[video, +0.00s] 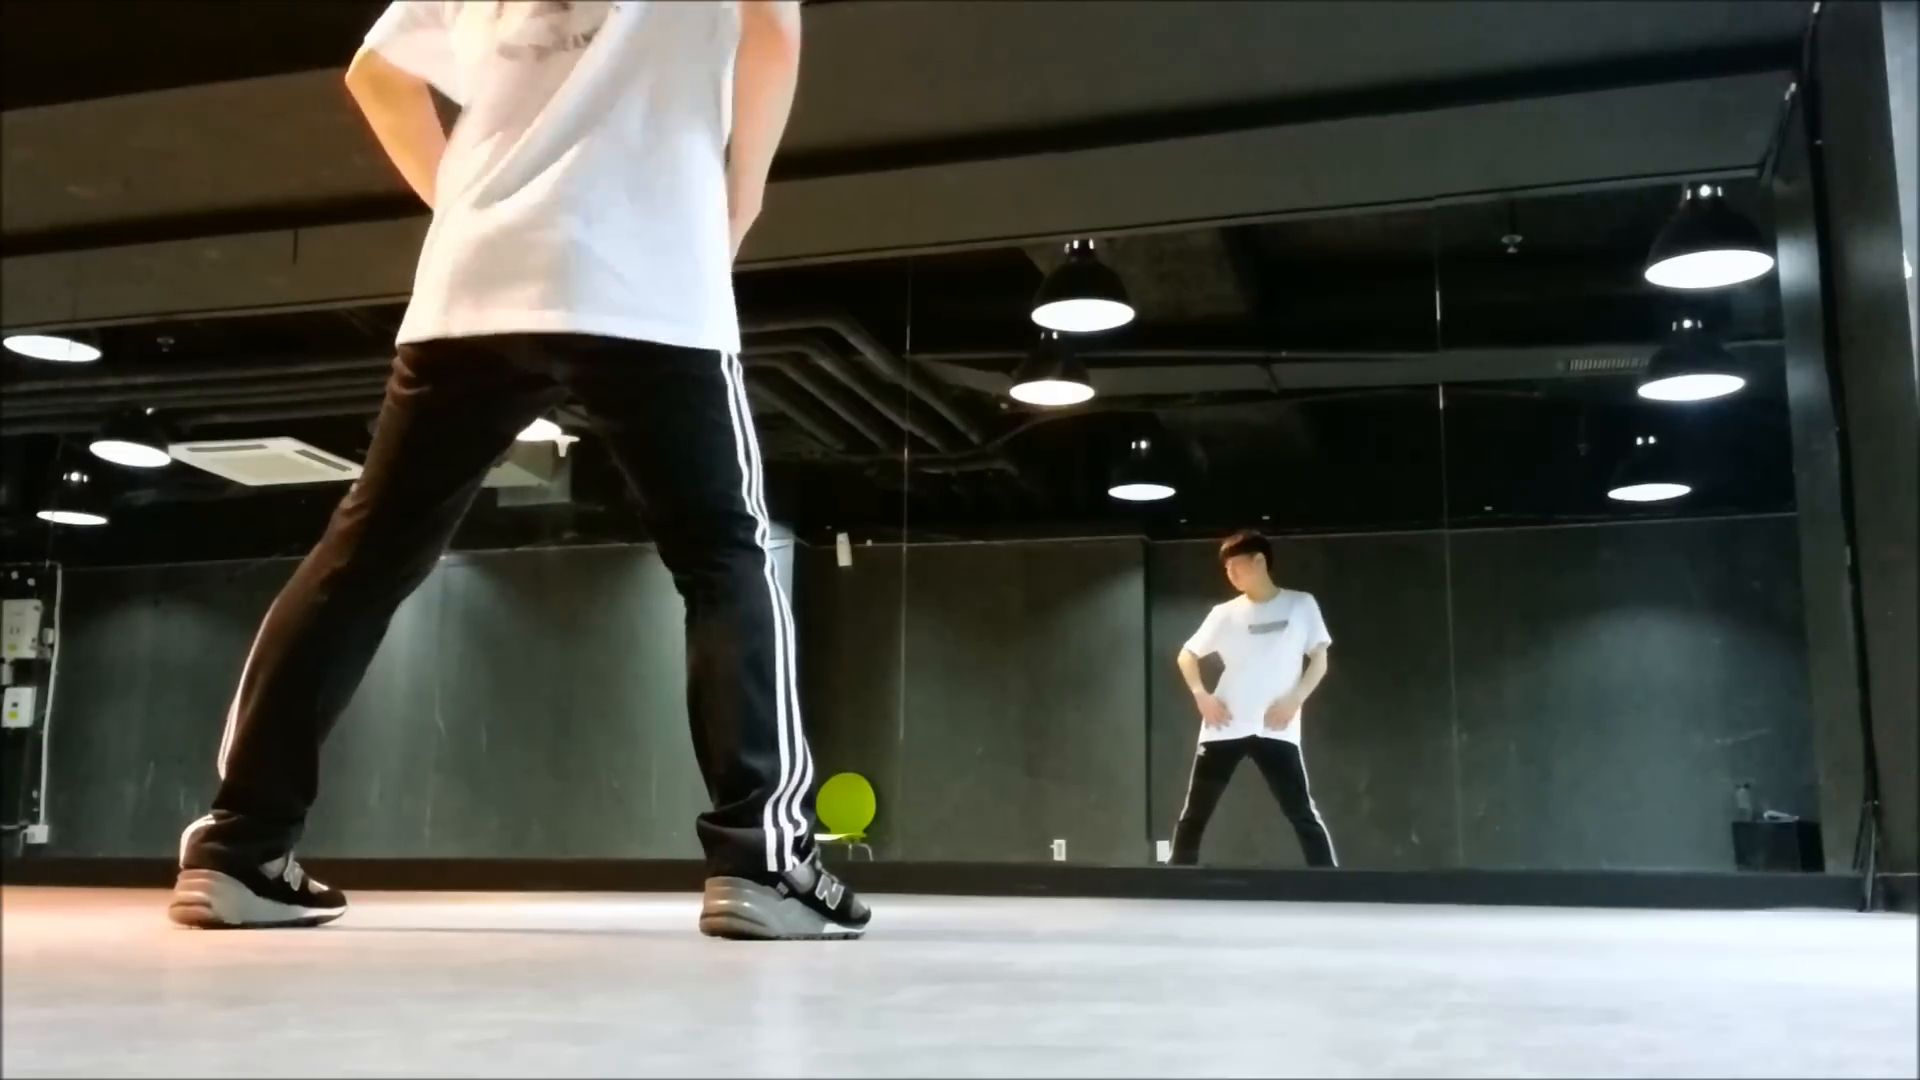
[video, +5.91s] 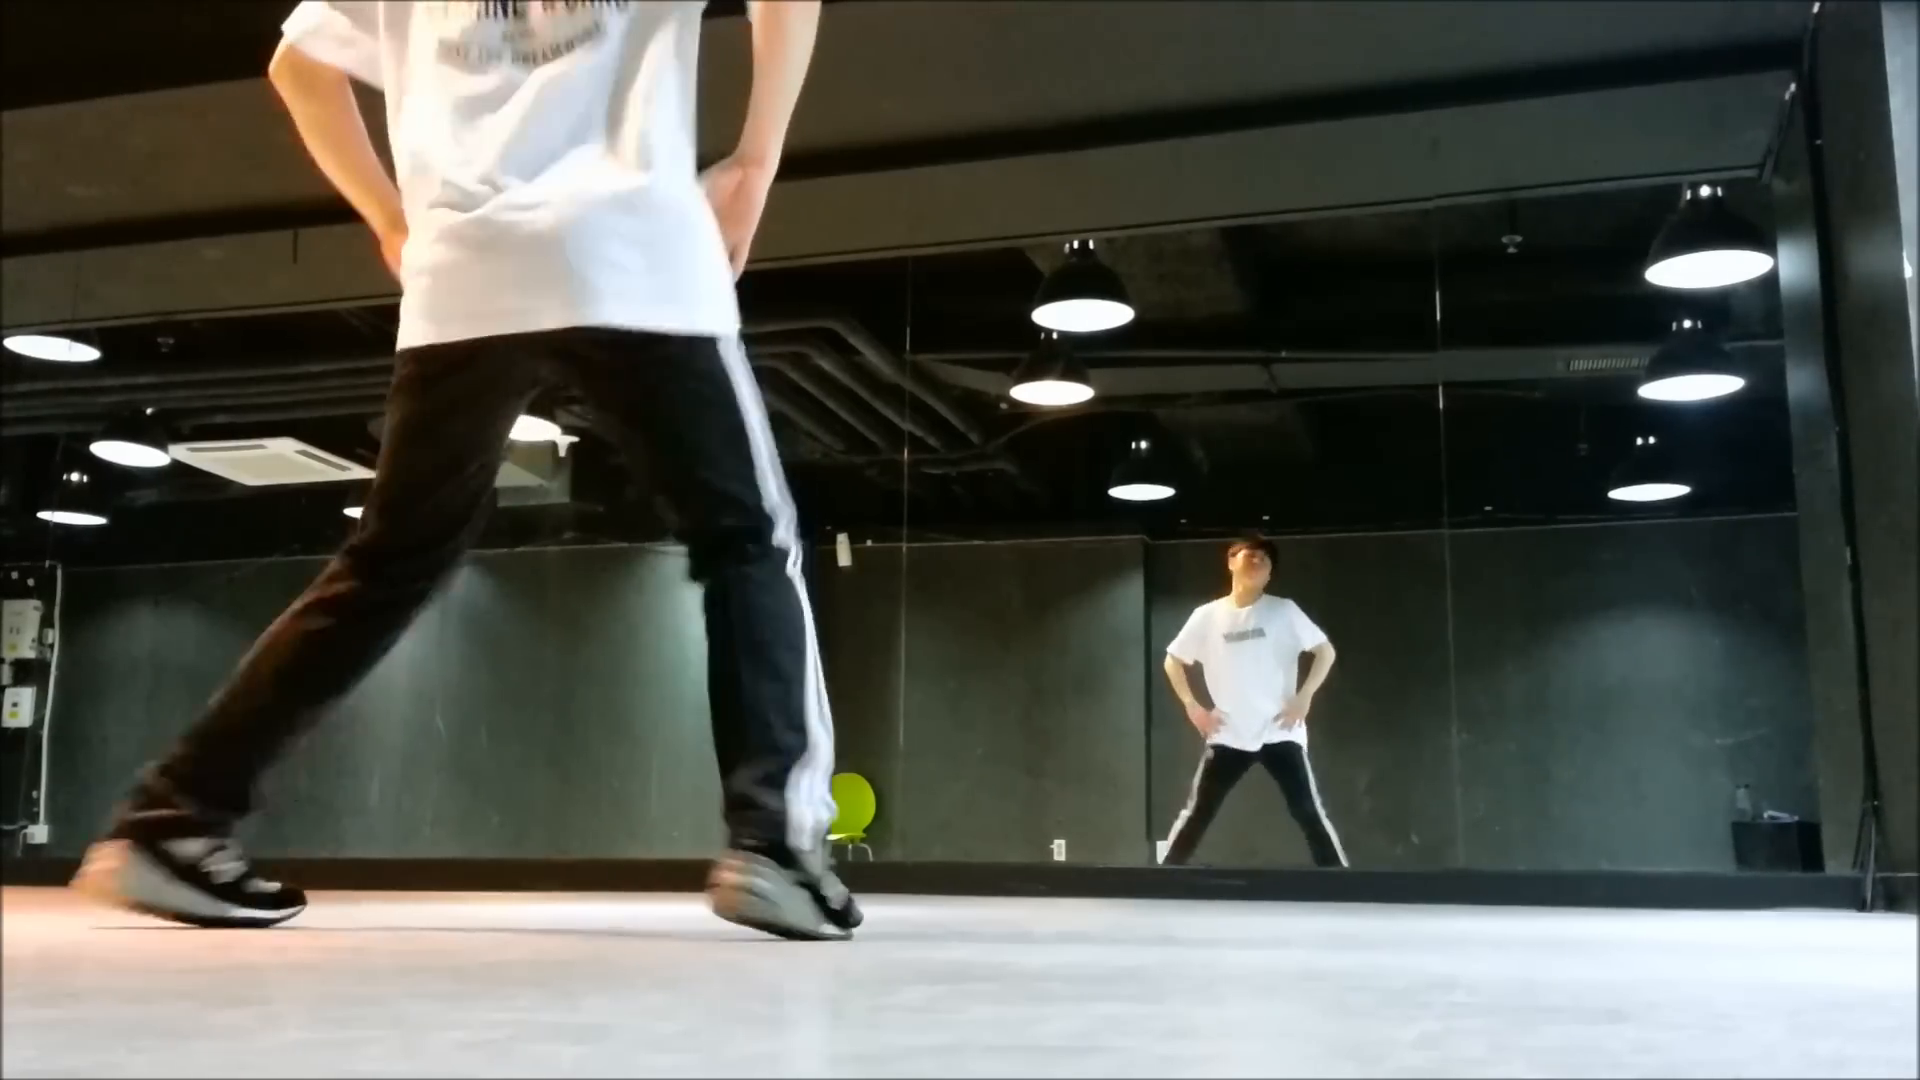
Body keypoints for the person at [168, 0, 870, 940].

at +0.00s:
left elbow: (379, 74)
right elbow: (771, 27)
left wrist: (474, 210)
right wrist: (741, 194)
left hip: (476, 260)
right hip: (646, 263)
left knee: (365, 553)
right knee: (725, 557)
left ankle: (235, 843)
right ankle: (762, 856)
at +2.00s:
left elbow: (368, 92)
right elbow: (772, 25)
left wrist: (472, 210)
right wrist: (773, 183)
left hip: (505, 264)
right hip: (679, 254)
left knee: (397, 558)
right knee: (739, 545)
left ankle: (243, 844)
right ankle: (763, 851)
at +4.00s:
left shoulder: (462, 11)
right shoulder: (695, 4)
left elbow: (368, 121)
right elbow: (801, 48)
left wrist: (460, 261)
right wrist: (774, 238)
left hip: (486, 308)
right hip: (647, 305)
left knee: (436, 618)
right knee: (717, 605)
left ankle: (197, 836)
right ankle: (815, 855)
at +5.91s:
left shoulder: (401, 3)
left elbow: (301, 63)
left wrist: (391, 220)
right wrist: (754, 164)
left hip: (458, 258)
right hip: (635, 243)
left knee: (385, 566)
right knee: (748, 544)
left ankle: (168, 824)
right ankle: (774, 847)